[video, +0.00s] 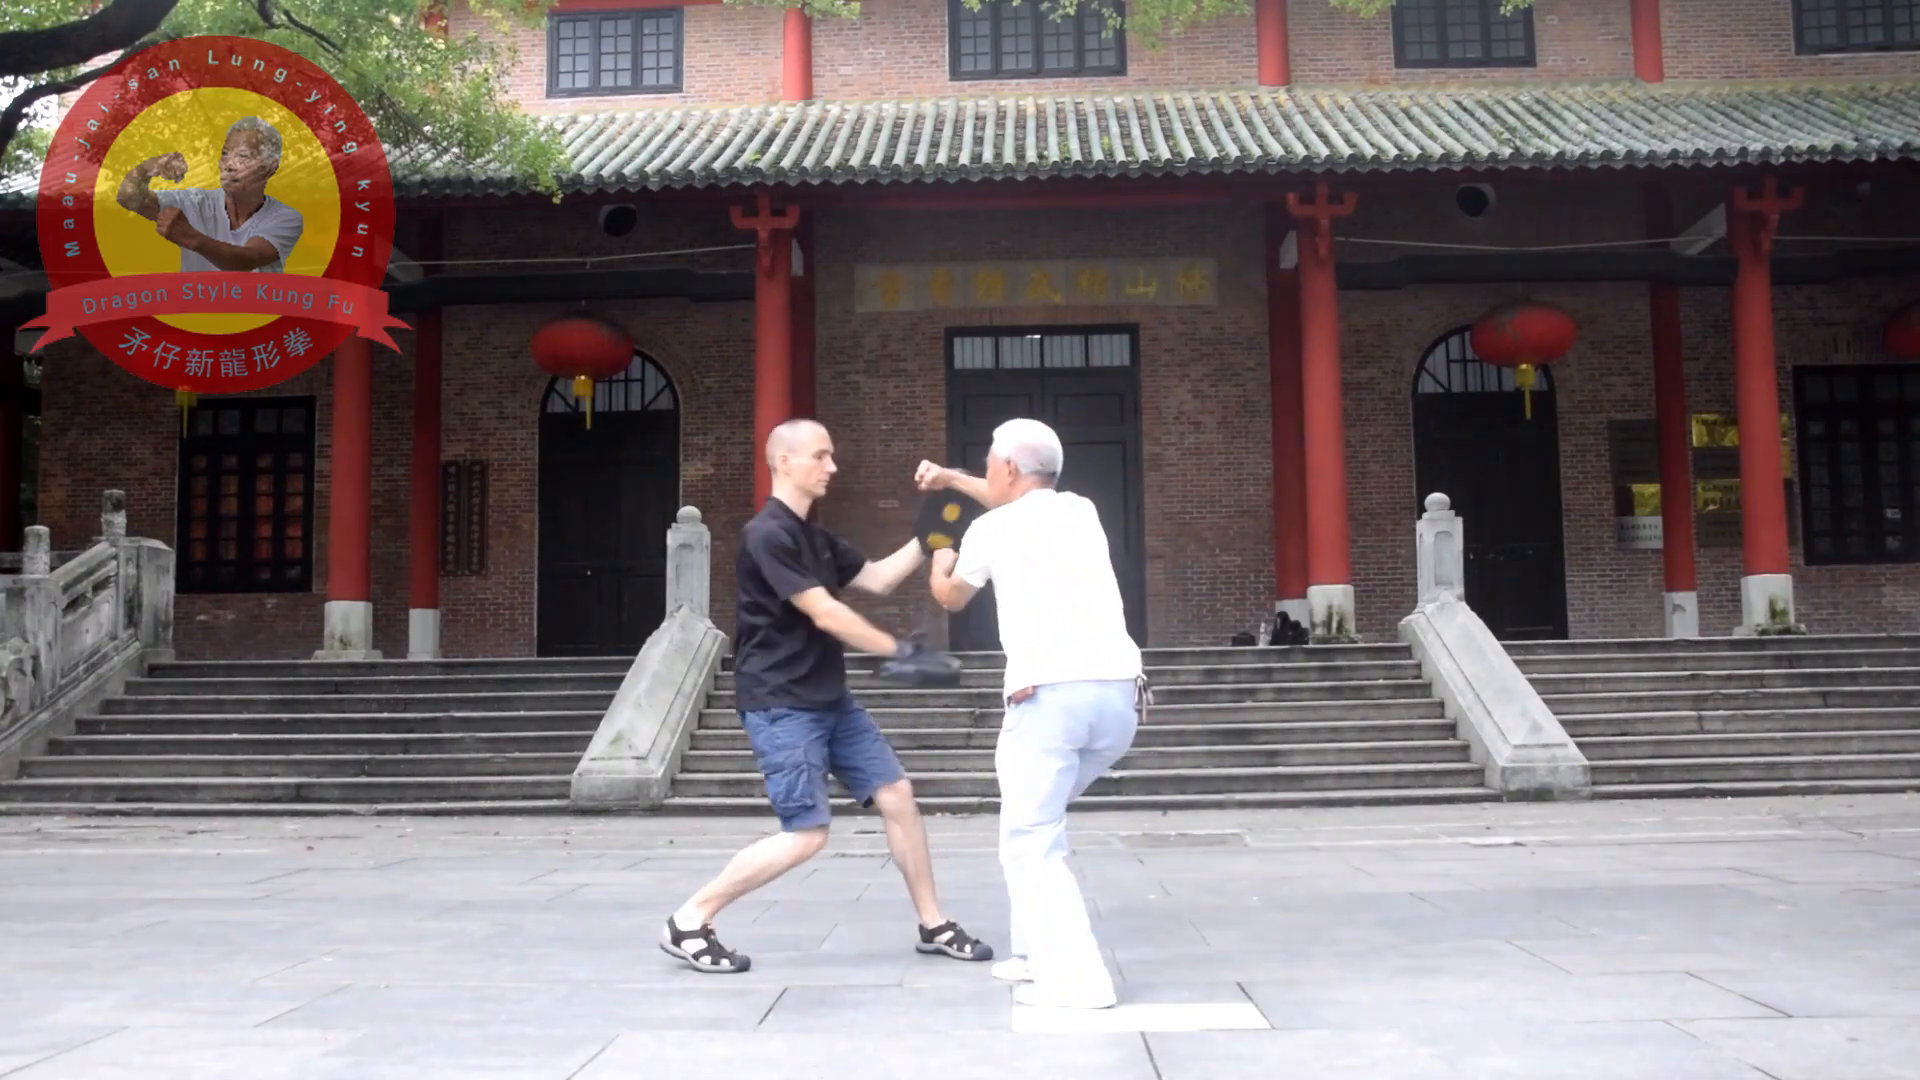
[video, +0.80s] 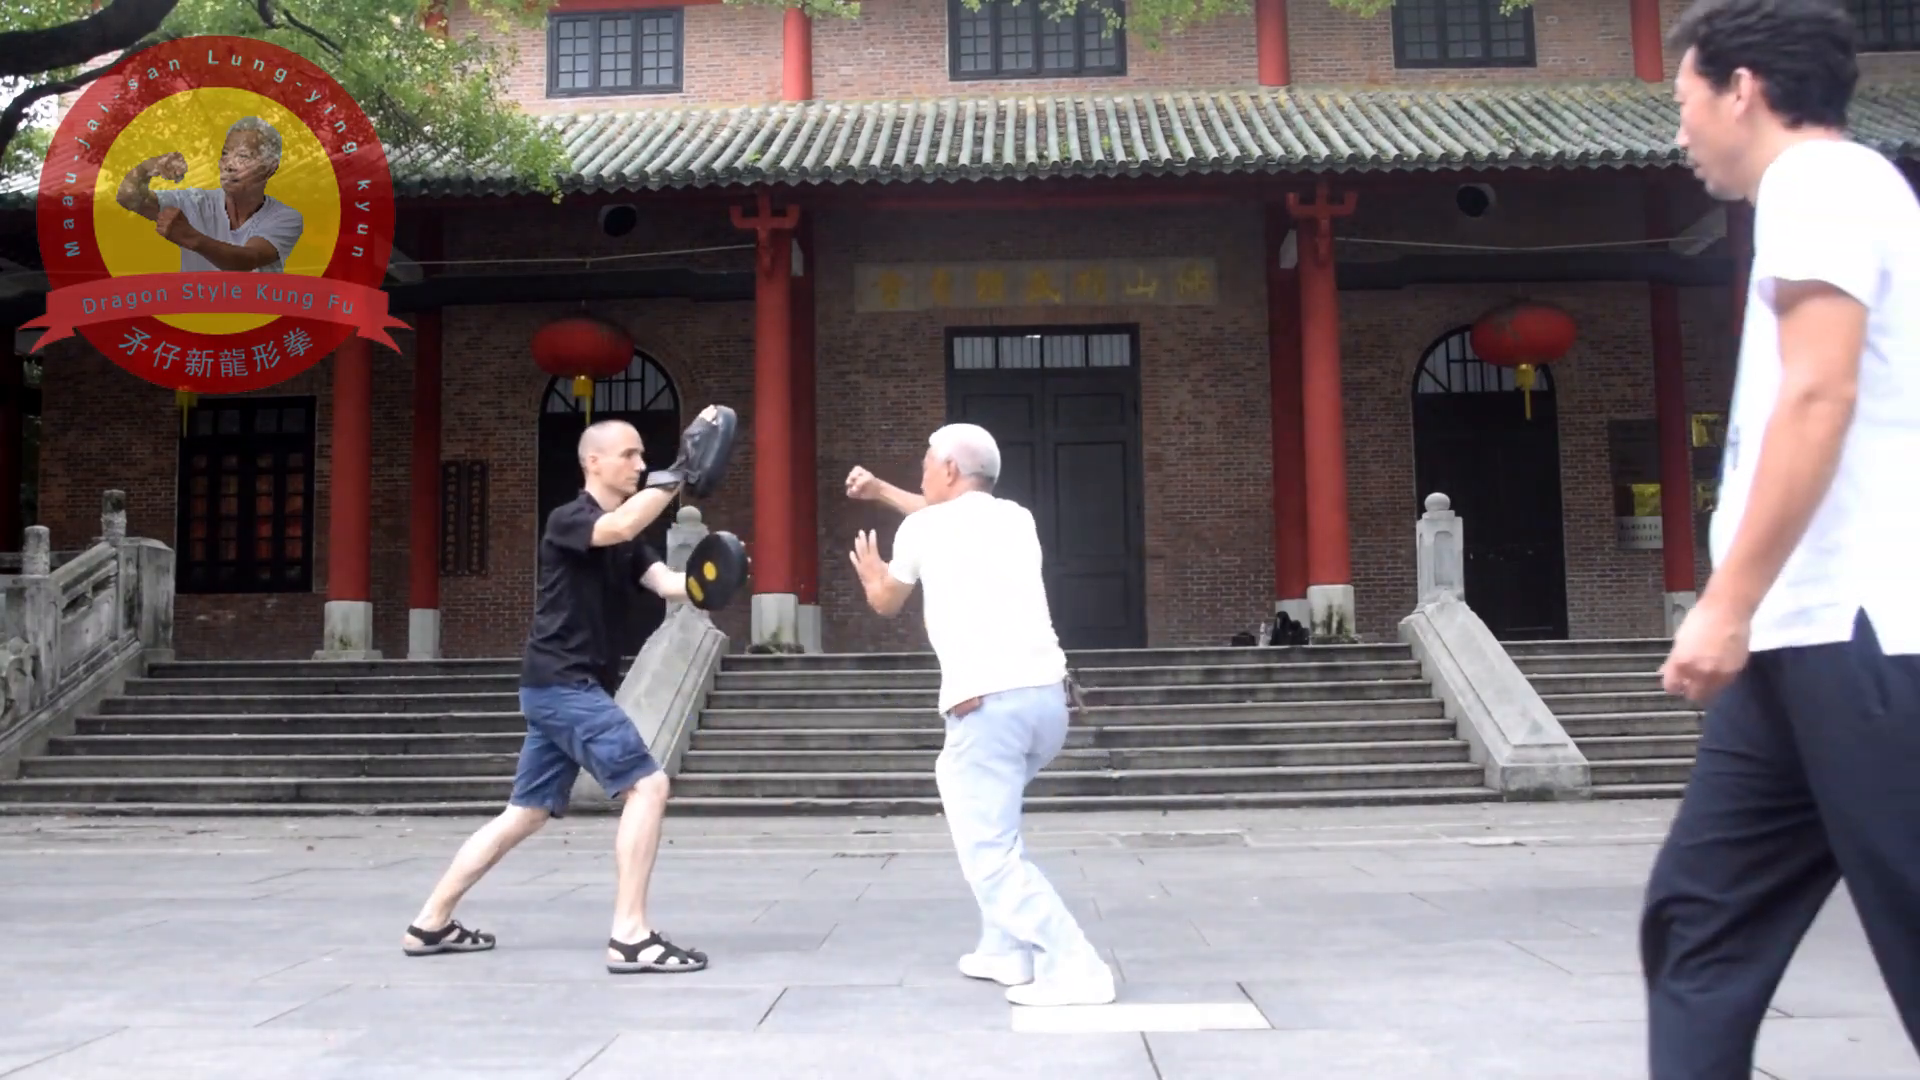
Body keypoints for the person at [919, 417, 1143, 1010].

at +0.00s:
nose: (985, 472)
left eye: (989, 463)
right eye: (987, 462)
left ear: (1009, 470)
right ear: (1048, 471)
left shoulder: (996, 525)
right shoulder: (1082, 510)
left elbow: (951, 596)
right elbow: (1009, 499)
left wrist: (940, 556)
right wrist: (951, 478)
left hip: (1047, 697)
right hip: (1119, 696)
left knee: (1030, 841)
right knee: (1035, 823)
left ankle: (1079, 980)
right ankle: (1035, 952)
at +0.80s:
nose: (923, 472)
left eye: (927, 462)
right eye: (925, 461)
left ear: (948, 471)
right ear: (983, 476)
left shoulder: (923, 525)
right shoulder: (1019, 518)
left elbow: (885, 601)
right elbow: (946, 511)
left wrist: (870, 575)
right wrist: (882, 491)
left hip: (985, 705)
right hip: (1049, 700)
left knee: (990, 857)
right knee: (994, 828)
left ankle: (1077, 970)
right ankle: (1003, 950)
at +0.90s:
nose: (905, 478)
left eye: (910, 469)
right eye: (909, 468)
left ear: (929, 476)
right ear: (963, 482)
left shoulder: (902, 530)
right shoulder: (1003, 526)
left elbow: (874, 605)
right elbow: (947, 535)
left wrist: (901, 539)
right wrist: (880, 524)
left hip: (951, 716)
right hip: (1011, 712)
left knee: (977, 863)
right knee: (901, 800)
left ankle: (1073, 967)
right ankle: (894, 940)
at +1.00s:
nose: (869, 488)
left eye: (874, 478)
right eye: (871, 477)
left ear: (896, 486)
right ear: (924, 490)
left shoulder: (869, 533)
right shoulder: (969, 535)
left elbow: (803, 566)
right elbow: (989, 513)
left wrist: (798, 539)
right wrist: (938, 500)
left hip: (912, 725)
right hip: (962, 722)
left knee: (960, 859)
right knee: (844, 793)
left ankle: (1068, 964)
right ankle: (786, 911)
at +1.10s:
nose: (829, 489)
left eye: (837, 479)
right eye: (833, 479)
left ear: (863, 491)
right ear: (880, 493)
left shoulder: (832, 542)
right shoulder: (925, 544)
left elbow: (754, 574)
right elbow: (966, 509)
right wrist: (952, 450)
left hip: (869, 731)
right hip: (901, 724)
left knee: (930, 842)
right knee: (791, 810)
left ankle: (1043, 940)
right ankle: (748, 927)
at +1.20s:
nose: (789, 501)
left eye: (797, 493)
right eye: (791, 491)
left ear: (832, 505)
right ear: (839, 506)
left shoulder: (833, 562)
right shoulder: (855, 546)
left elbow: (758, 627)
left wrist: (692, 608)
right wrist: (862, 463)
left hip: (847, 729)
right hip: (829, 727)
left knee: (885, 836)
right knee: (740, 807)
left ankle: (1004, 931)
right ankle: (741, 933)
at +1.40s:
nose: (755, 489)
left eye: (765, 481)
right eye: (758, 479)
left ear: (800, 495)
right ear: (788, 492)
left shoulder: (827, 548)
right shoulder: (760, 537)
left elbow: (754, 605)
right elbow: (684, 542)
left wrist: (660, 626)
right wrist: (623, 513)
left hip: (835, 721)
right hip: (780, 718)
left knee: (846, 841)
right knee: (709, 811)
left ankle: (899, 910)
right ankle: (737, 935)